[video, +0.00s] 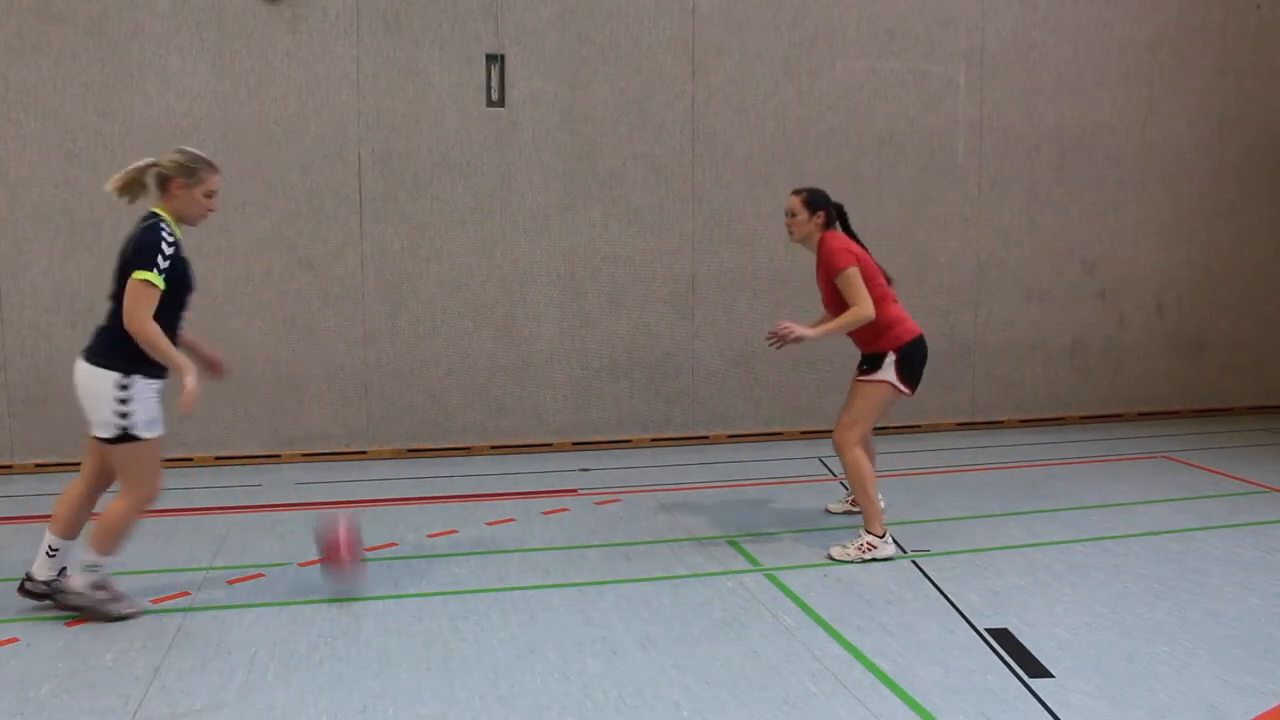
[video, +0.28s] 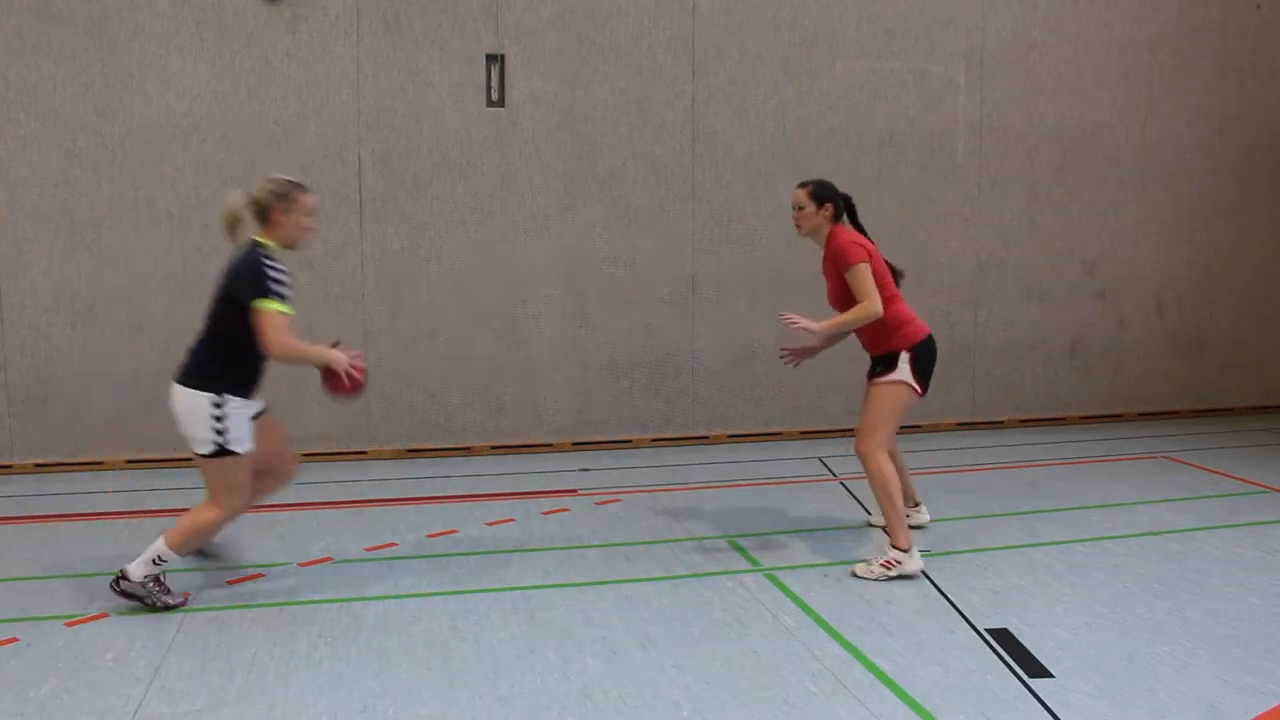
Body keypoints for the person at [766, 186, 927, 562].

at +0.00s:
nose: (787, 223)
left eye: (793, 215)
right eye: (786, 216)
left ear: (819, 217)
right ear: (816, 219)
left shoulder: (835, 248)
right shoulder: (826, 249)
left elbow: (865, 309)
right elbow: (841, 311)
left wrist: (813, 332)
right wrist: (803, 330)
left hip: (895, 349)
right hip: (881, 349)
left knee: (846, 437)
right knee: (855, 428)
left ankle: (877, 537)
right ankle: (865, 495)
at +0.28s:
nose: (794, 217)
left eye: (800, 209)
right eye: (793, 210)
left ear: (826, 210)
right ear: (822, 212)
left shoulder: (845, 243)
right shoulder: (833, 247)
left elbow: (873, 306)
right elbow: (855, 315)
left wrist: (821, 325)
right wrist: (816, 347)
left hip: (905, 349)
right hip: (888, 352)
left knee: (871, 447)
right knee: (876, 437)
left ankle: (903, 553)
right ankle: (911, 507)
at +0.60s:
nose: (799, 221)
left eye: (804, 212)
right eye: (797, 213)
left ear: (831, 211)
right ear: (828, 214)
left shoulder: (849, 238)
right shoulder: (836, 256)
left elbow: (814, 242)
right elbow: (803, 294)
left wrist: (764, 213)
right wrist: (759, 281)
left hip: (912, 358)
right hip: (900, 360)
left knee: (873, 455)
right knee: (883, 442)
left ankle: (899, 563)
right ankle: (935, 516)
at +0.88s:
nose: (793, 230)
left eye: (799, 222)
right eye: (792, 224)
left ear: (825, 220)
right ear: (817, 223)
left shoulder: (837, 243)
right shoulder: (817, 268)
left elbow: (775, 257)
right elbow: (775, 316)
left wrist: (713, 241)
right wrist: (717, 319)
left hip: (907, 360)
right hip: (888, 365)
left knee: (861, 456)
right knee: (872, 448)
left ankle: (880, 571)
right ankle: (921, 512)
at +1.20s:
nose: (788, 256)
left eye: (797, 250)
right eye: (788, 250)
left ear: (821, 258)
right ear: (790, 258)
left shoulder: (825, 278)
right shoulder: (808, 300)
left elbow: (800, 296)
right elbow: (805, 365)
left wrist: (761, 270)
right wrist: (765, 336)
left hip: (880, 402)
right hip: (870, 404)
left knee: (823, 478)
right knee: (860, 485)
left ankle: (877, 576)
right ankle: (931, 517)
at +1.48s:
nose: (793, 262)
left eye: (802, 255)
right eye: (786, 256)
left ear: (818, 262)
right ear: (777, 261)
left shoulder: (831, 285)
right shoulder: (778, 300)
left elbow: (828, 299)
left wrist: (778, 273)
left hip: (888, 405)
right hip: (857, 411)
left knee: (830, 473)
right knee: (878, 486)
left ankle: (875, 571)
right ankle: (940, 513)